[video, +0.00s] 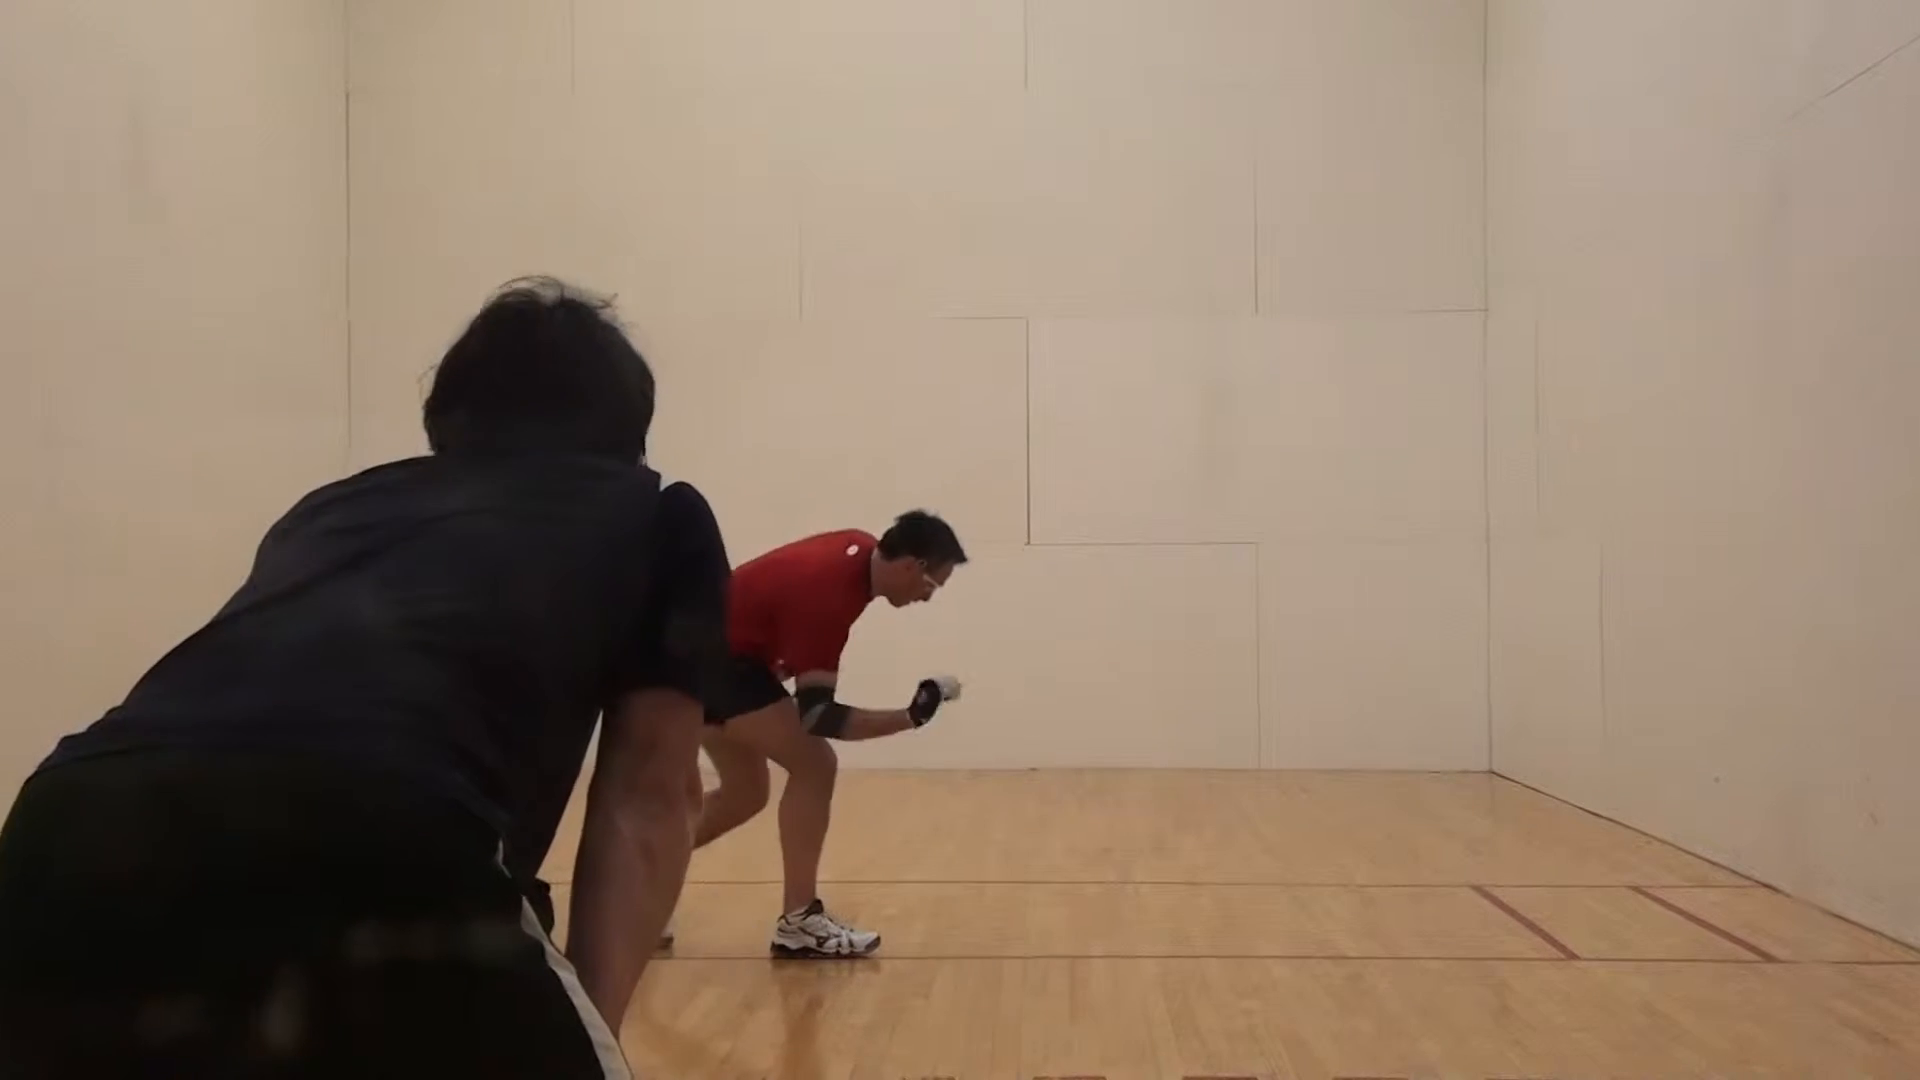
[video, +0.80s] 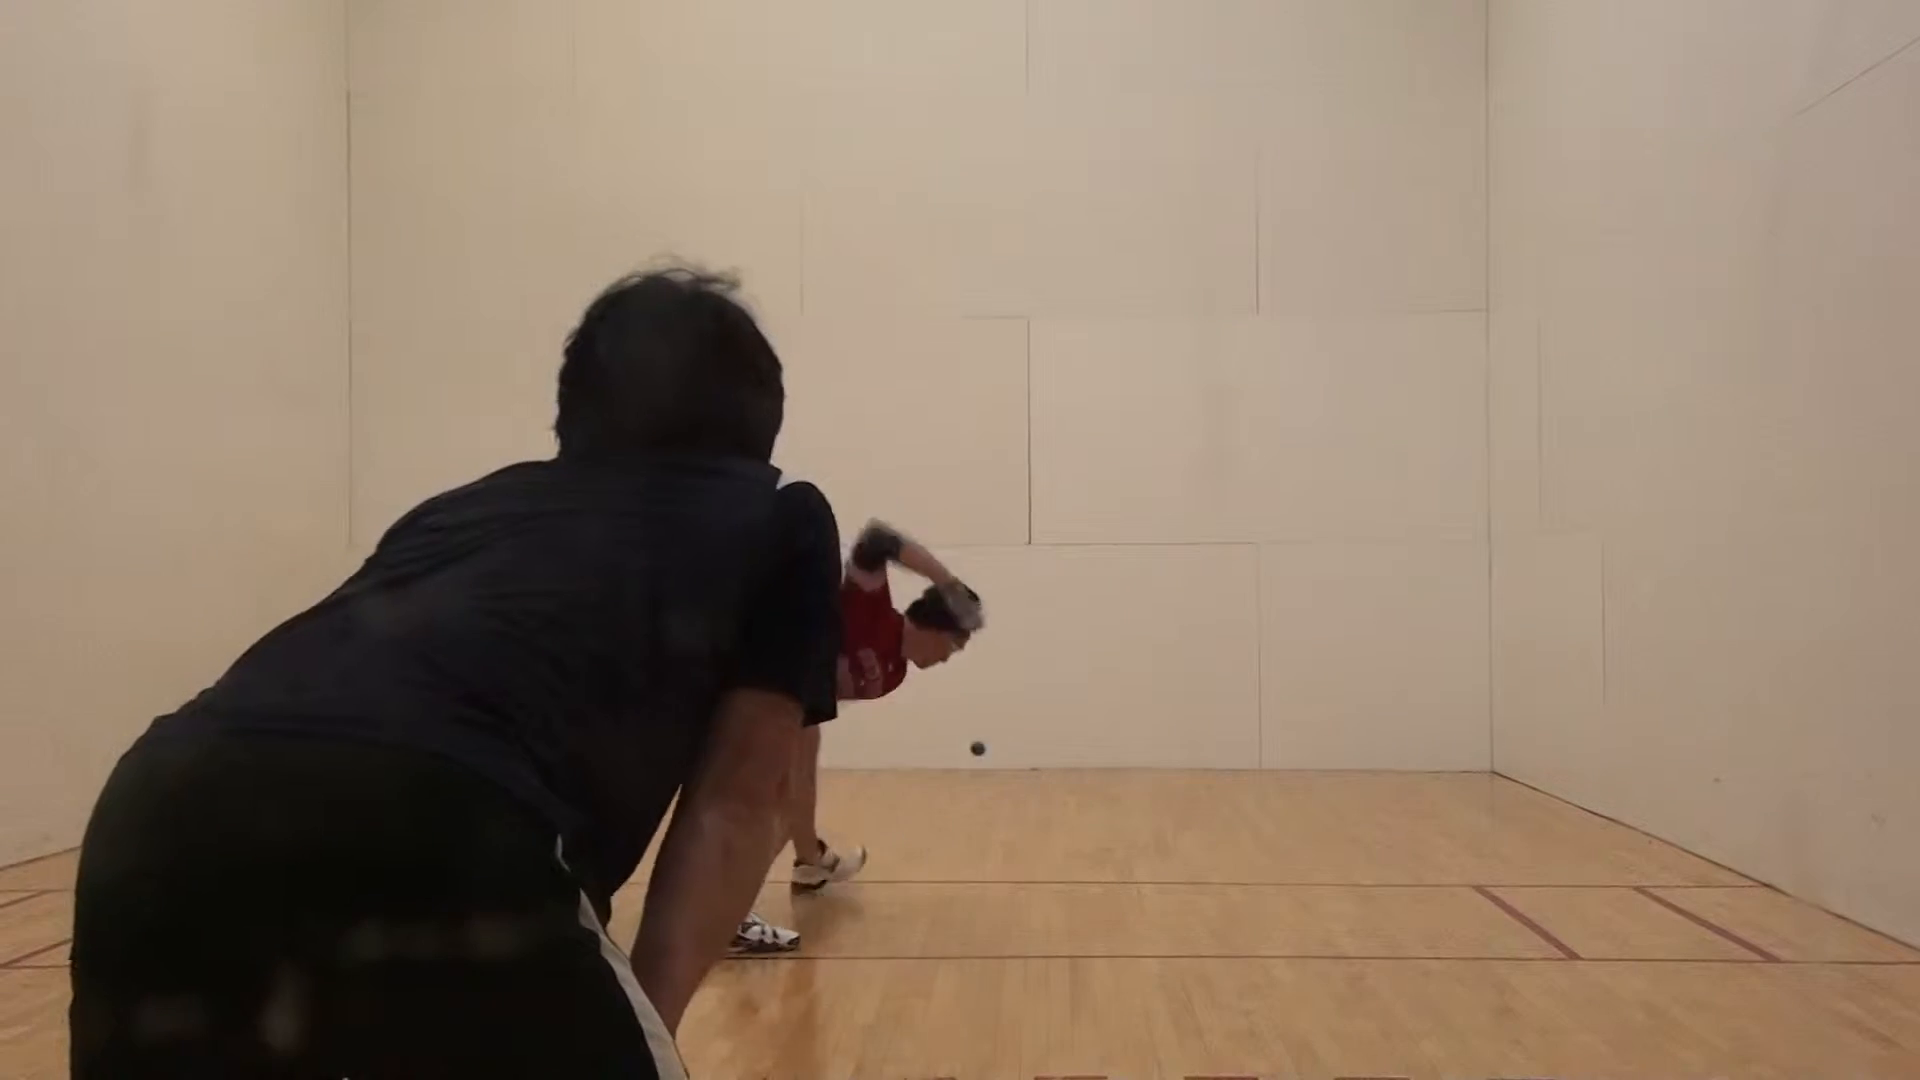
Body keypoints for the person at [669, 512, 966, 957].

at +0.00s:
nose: (929, 596)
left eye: (936, 587)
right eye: (932, 584)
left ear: (908, 561)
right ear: (910, 566)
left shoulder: (858, 546)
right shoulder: (829, 594)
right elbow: (818, 715)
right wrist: (910, 717)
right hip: (722, 663)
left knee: (743, 794)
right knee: (814, 764)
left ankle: (632, 868)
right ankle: (799, 917)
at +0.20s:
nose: (911, 587)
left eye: (917, 578)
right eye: (914, 574)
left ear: (888, 550)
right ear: (891, 553)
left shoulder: (834, 552)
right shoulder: (824, 567)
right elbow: (789, 664)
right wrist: (870, 697)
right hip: (703, 646)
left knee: (703, 779)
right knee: (776, 757)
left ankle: (647, 912)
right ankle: (790, 914)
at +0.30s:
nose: (912, 573)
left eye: (919, 565)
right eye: (912, 560)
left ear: (889, 543)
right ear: (887, 539)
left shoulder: (856, 579)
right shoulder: (813, 551)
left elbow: (825, 659)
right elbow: (794, 610)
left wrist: (840, 635)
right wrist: (863, 646)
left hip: (719, 642)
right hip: (706, 638)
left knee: (711, 772)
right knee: (770, 752)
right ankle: (743, 904)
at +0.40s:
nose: (916, 575)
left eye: (922, 567)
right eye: (919, 562)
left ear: (897, 546)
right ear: (897, 543)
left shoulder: (860, 602)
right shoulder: (822, 539)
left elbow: (867, 678)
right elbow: (802, 544)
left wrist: (858, 647)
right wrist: (873, 595)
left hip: (725, 667)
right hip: (704, 651)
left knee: (709, 775)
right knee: (765, 768)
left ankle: (624, 888)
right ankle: (720, 910)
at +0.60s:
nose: (924, 607)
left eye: (930, 598)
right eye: (927, 594)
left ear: (905, 582)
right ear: (906, 574)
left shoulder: (869, 635)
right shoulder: (842, 554)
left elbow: (896, 712)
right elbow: (837, 497)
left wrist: (922, 783)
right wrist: (907, 540)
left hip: (756, 678)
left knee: (784, 777)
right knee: (786, 776)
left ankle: (724, 904)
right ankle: (725, 907)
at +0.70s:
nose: (932, 630)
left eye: (938, 623)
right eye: (935, 618)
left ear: (913, 599)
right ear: (915, 595)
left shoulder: (876, 666)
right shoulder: (857, 571)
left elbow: (890, 739)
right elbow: (855, 496)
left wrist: (903, 814)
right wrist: (919, 548)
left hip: (776, 694)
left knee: (794, 781)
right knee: (786, 785)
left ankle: (777, 853)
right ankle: (728, 914)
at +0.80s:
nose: (944, 658)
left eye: (952, 652)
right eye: (948, 647)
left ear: (929, 628)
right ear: (928, 627)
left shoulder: (888, 675)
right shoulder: (871, 604)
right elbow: (876, 539)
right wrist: (946, 579)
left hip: (796, 697)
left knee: (799, 786)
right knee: (778, 807)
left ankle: (812, 860)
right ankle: (728, 915)